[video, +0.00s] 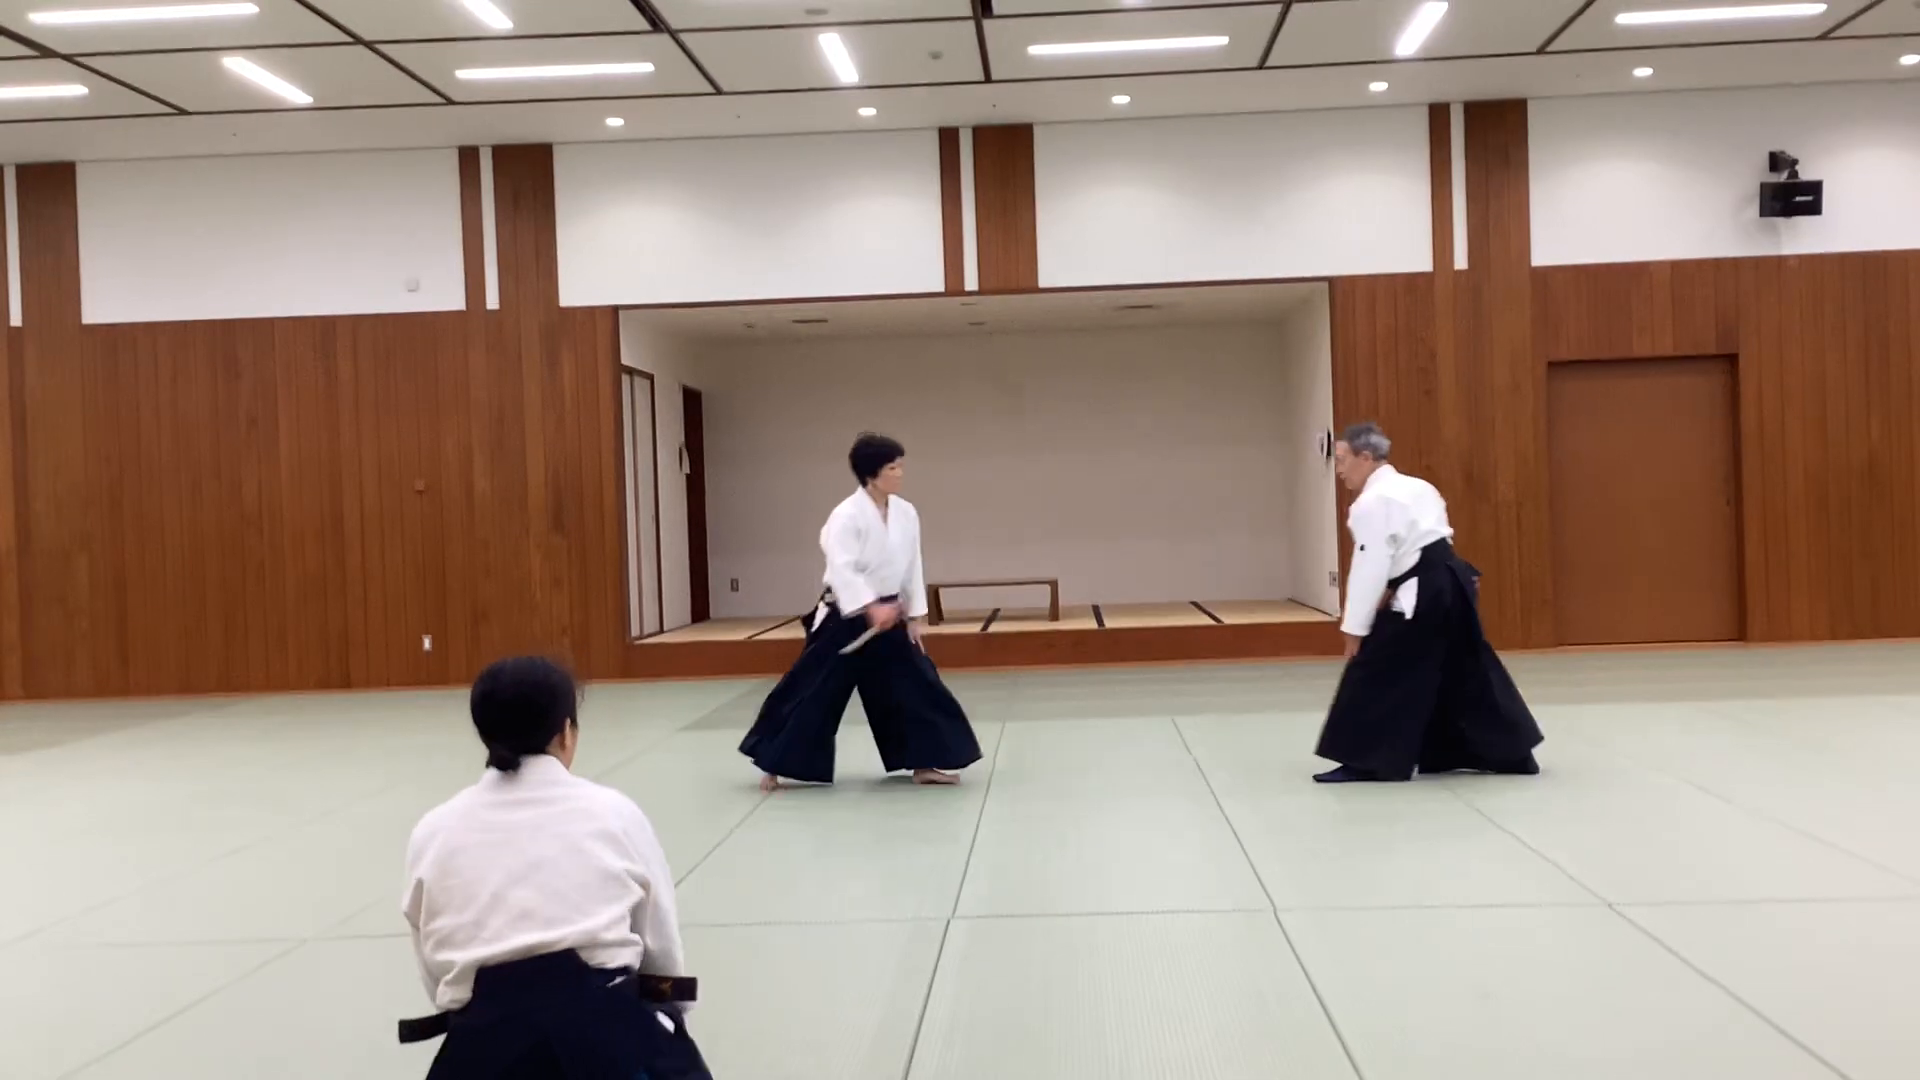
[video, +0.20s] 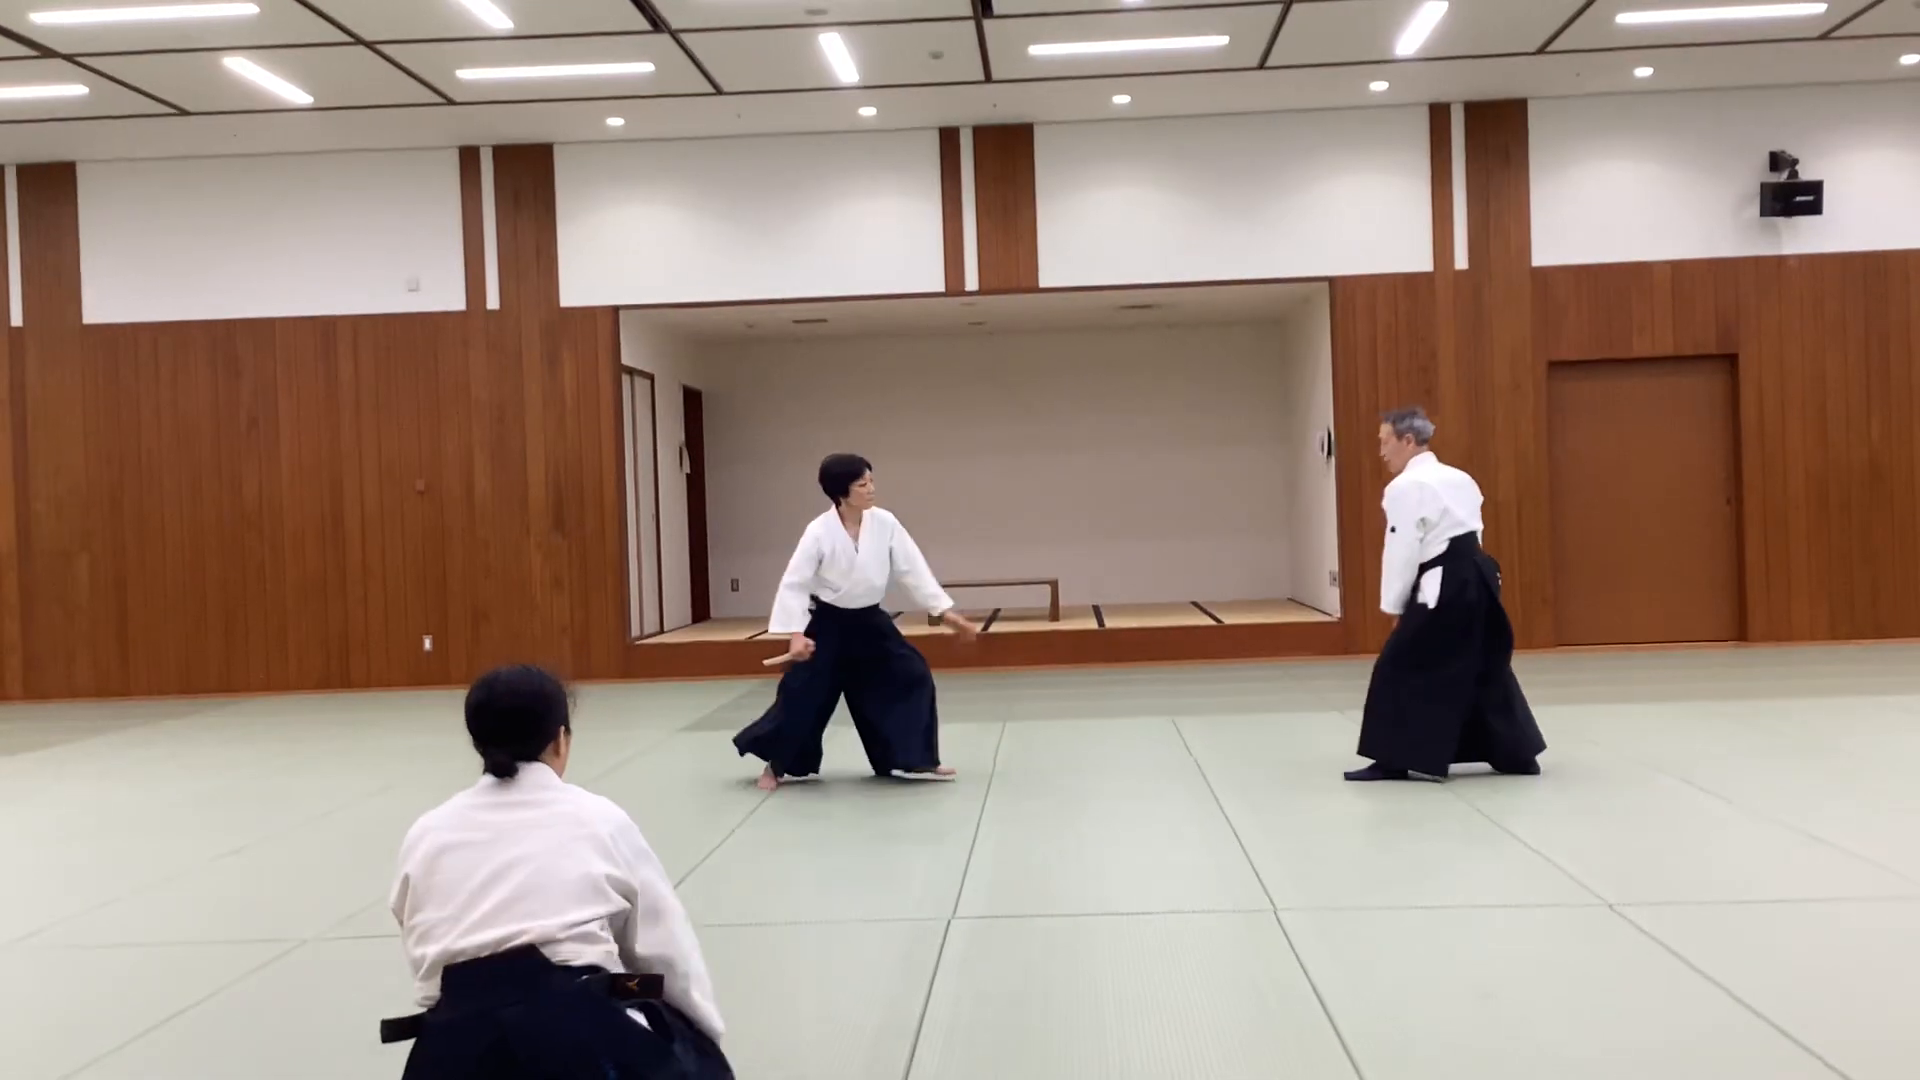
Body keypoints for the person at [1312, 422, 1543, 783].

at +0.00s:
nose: (1338, 468)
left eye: (1342, 458)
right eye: (1337, 459)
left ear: (1367, 458)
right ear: (1377, 458)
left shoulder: (1372, 503)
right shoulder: (1420, 487)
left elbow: (1369, 569)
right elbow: (1438, 542)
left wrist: (1354, 628)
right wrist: (1393, 586)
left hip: (1419, 593)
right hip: (1452, 585)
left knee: (1374, 671)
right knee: (1465, 670)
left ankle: (1366, 761)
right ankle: (1512, 751)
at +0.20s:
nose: (1381, 451)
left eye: (1384, 442)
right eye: (1380, 443)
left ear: (1408, 442)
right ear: (1416, 443)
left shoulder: (1405, 487)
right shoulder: (1461, 478)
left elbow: (1401, 553)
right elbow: (1469, 539)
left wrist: (1393, 606)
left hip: (1443, 587)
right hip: (1478, 583)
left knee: (1395, 666)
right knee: (1485, 665)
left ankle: (1391, 760)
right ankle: (1517, 754)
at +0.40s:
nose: (1393, 446)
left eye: (1398, 438)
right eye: (1393, 438)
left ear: (1421, 437)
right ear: (1428, 439)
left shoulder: (1414, 482)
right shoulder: (1470, 475)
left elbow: (1406, 548)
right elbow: (1490, 534)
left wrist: (1394, 602)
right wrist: (1491, 575)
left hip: (1448, 579)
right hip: (1486, 575)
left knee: (1401, 663)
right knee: (1489, 662)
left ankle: (1389, 758)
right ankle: (1515, 753)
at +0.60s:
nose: (1377, 452)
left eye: (1382, 443)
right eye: (1377, 444)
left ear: (1405, 443)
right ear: (1417, 444)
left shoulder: (1396, 487)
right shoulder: (1456, 479)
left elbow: (1385, 550)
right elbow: (1480, 531)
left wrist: (1366, 600)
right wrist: (1479, 574)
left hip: (1436, 582)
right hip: (1477, 577)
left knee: (1383, 662)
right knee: (1482, 663)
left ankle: (1376, 759)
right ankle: (1515, 754)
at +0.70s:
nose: (1360, 455)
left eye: (1363, 446)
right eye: (1359, 447)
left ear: (1386, 445)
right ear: (1397, 446)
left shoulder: (1377, 489)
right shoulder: (1433, 478)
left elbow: (1351, 543)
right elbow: (1463, 515)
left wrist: (1316, 574)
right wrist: (1434, 549)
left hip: (1415, 587)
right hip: (1451, 582)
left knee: (1366, 666)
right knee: (1469, 666)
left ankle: (1372, 761)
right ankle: (1516, 752)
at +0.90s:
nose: (1321, 451)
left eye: (1326, 444)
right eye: (1322, 444)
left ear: (1351, 444)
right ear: (1353, 446)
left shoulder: (1356, 473)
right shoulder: (1370, 468)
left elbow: (1299, 483)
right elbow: (1308, 478)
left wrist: (1241, 481)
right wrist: (1256, 477)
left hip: (1377, 581)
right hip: (1392, 576)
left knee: (1358, 670)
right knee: (1397, 664)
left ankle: (1375, 762)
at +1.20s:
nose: (1270, 442)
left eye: (1277, 436)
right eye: (1268, 436)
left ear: (1298, 437)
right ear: (1270, 438)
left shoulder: (1319, 465)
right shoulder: (1268, 480)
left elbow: (1271, 448)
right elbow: (1227, 504)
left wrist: (1222, 428)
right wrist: (1214, 473)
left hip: (1332, 576)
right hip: (1293, 578)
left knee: (1345, 665)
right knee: (1265, 659)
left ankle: (1366, 755)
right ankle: (1269, 746)